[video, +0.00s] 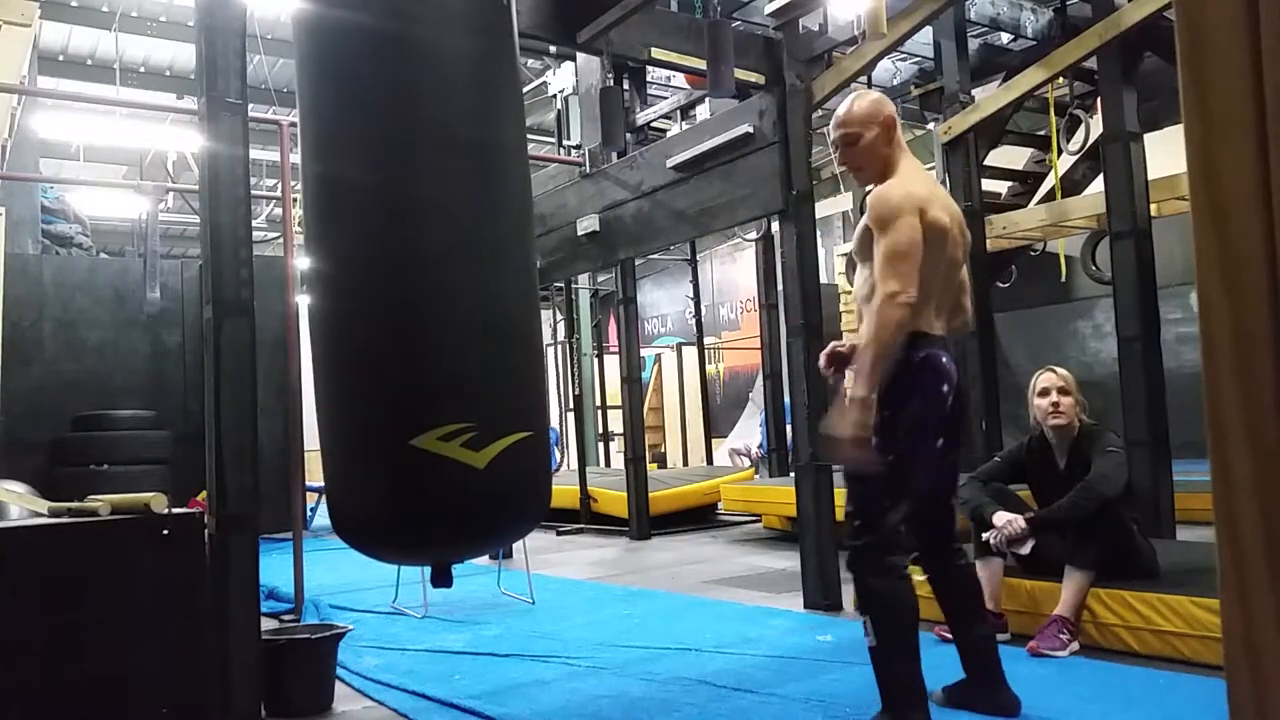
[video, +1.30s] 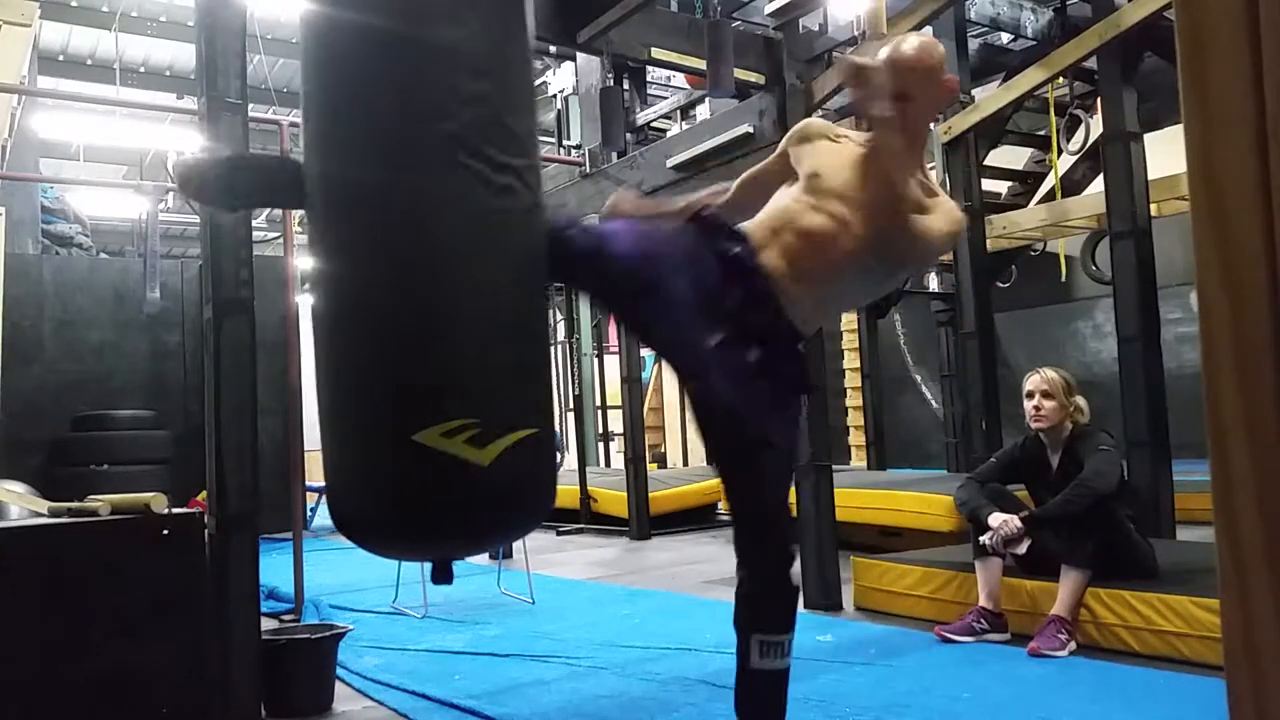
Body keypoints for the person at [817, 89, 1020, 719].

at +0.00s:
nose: (840, 155)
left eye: (849, 141)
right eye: (836, 143)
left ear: (887, 133)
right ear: (892, 138)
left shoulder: (892, 196)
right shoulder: (932, 195)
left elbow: (895, 300)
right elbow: (954, 308)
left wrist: (858, 395)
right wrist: (861, 343)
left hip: (902, 373)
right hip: (938, 370)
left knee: (873, 546)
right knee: (936, 533)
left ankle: (901, 706)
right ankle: (987, 681)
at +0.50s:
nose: (836, 125)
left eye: (846, 111)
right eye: (833, 114)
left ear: (882, 107)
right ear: (887, 113)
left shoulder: (886, 163)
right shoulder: (928, 172)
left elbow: (904, 246)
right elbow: (975, 275)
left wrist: (806, 290)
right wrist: (904, 303)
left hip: (881, 341)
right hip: (925, 343)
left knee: (838, 515)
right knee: (911, 517)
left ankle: (874, 691)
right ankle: (960, 670)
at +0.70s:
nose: (817, 143)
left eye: (827, 129)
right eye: (814, 132)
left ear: (871, 125)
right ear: (872, 134)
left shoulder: (849, 182)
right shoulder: (914, 199)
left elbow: (808, 237)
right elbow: (977, 299)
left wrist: (694, 248)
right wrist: (918, 348)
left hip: (873, 378)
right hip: (914, 379)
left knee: (828, 549)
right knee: (883, 552)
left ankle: (825, 711)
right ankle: (942, 695)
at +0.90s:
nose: (808, 122)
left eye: (821, 107)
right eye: (803, 112)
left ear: (863, 106)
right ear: (803, 119)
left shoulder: (875, 175)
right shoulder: (836, 191)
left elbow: (959, 220)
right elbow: (809, 299)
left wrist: (951, 291)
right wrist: (737, 278)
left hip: (854, 389)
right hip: (828, 389)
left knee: (770, 547)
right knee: (851, 539)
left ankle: (790, 711)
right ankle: (935, 673)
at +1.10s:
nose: (848, 78)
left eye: (865, 63)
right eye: (844, 65)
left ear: (912, 74)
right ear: (839, 74)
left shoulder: (951, 179)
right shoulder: (811, 137)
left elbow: (1067, 214)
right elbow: (721, 181)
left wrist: (1107, 167)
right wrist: (679, 146)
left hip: (821, 365)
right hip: (739, 320)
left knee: (823, 545)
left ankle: (804, 713)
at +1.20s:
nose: (891, 97)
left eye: (908, 84)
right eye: (883, 82)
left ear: (939, 93)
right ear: (870, 84)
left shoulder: (942, 194)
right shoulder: (824, 140)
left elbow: (1019, 222)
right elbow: (714, 199)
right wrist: (613, 233)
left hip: (796, 356)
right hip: (736, 276)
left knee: (811, 539)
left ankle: (789, 713)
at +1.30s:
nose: (883, 94)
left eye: (900, 82)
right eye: (882, 79)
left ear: (933, 103)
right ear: (871, 85)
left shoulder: (944, 222)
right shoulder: (820, 137)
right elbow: (729, 201)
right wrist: (644, 218)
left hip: (764, 354)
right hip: (701, 263)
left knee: (767, 541)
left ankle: (762, 714)